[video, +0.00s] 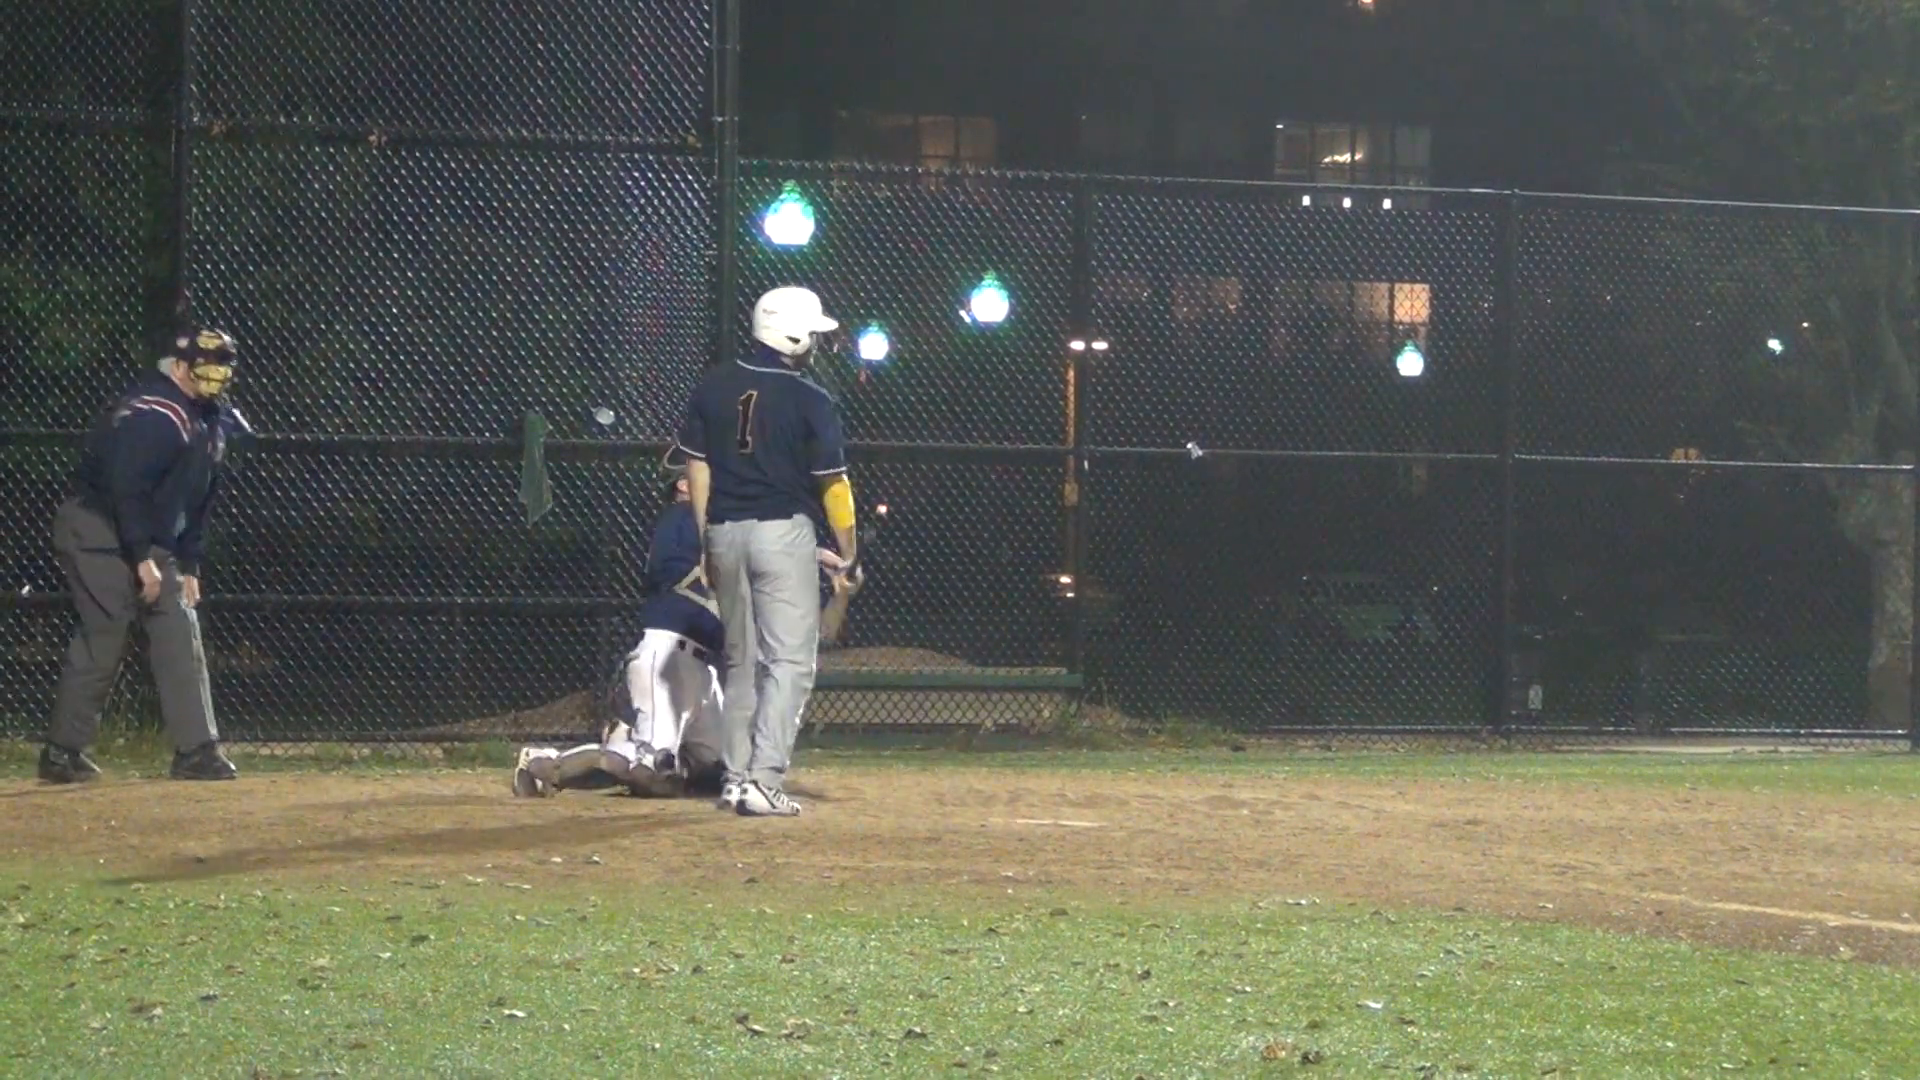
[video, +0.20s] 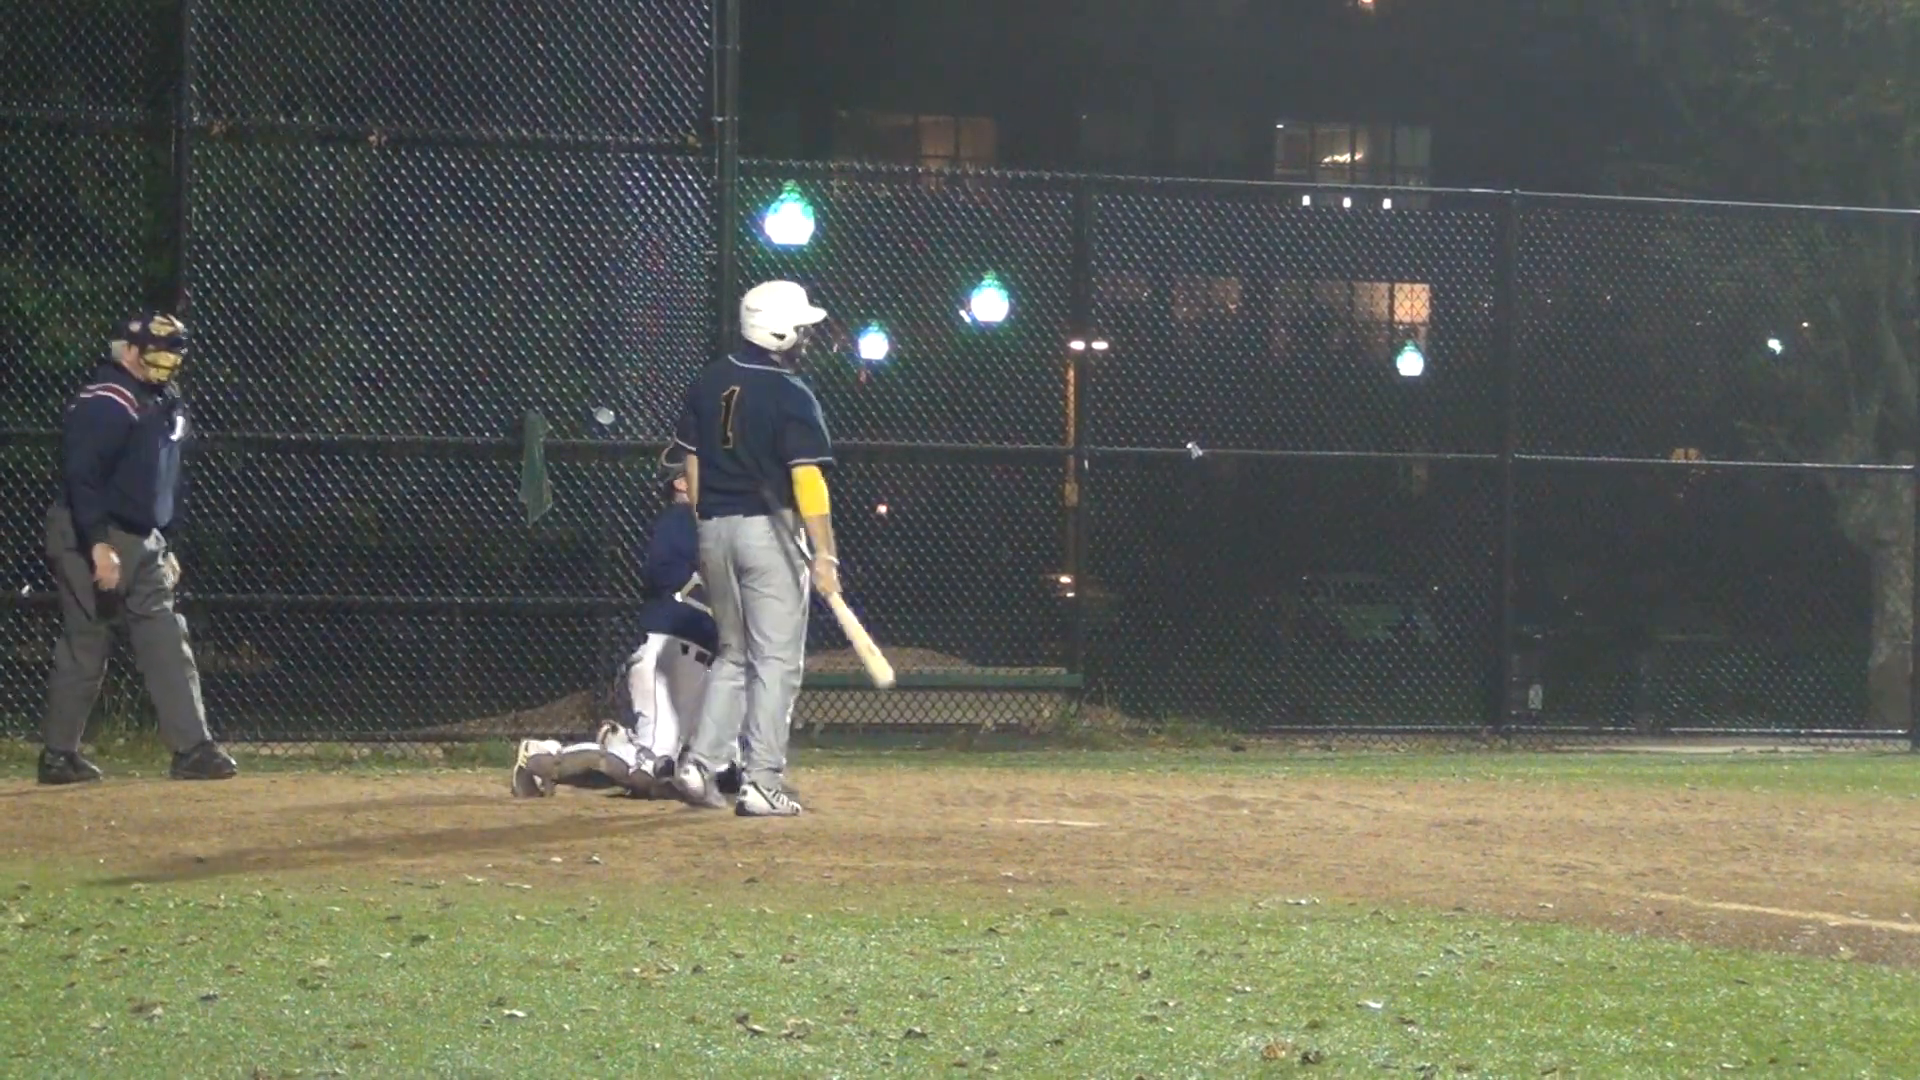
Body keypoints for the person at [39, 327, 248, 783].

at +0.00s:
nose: (217, 377)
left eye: (222, 369)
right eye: (207, 368)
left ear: (227, 372)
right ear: (181, 366)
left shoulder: (210, 422)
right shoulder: (154, 415)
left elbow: (200, 503)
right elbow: (125, 488)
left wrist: (188, 565)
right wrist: (141, 555)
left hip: (147, 530)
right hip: (92, 523)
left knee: (177, 620)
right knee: (107, 627)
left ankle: (196, 748)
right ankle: (62, 749)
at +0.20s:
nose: (164, 363)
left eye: (170, 355)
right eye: (155, 354)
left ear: (177, 357)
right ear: (130, 350)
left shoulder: (160, 402)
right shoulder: (107, 399)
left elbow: (153, 483)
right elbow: (82, 475)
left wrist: (161, 546)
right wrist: (98, 542)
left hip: (139, 536)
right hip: (87, 533)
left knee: (164, 637)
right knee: (86, 643)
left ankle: (192, 747)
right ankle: (59, 754)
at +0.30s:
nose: (148, 358)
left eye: (153, 350)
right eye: (139, 349)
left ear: (157, 351)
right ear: (111, 346)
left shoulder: (141, 394)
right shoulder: (86, 395)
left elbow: (137, 462)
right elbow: (63, 470)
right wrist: (76, 532)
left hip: (132, 534)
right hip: (85, 532)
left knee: (155, 632)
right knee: (78, 642)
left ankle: (186, 744)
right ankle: (58, 753)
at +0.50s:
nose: (119, 351)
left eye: (126, 343)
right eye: (110, 341)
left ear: (134, 347)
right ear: (85, 340)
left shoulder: (127, 389)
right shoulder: (66, 385)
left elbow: (119, 459)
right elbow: (31, 458)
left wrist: (124, 515)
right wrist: (31, 526)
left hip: (119, 528)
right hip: (74, 525)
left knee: (151, 618)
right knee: (65, 633)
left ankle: (133, 740)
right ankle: (57, 753)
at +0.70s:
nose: (111, 352)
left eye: (118, 344)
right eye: (102, 343)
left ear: (123, 347)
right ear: (76, 340)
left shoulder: (119, 391)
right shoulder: (54, 385)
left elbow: (113, 462)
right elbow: (16, 459)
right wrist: (6, 527)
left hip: (109, 527)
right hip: (62, 522)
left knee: (110, 638)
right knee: (60, 636)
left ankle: (79, 745)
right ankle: (54, 751)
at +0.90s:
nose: (106, 348)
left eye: (113, 340)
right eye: (97, 338)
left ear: (119, 343)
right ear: (73, 337)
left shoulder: (117, 391)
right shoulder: (52, 383)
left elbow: (115, 469)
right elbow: (15, 458)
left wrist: (123, 530)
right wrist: (12, 525)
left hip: (102, 526)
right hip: (61, 519)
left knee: (87, 636)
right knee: (58, 631)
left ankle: (70, 746)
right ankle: (51, 752)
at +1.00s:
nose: (106, 348)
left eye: (112, 339)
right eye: (97, 338)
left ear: (119, 343)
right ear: (73, 338)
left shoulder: (114, 389)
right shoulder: (53, 384)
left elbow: (111, 466)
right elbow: (18, 458)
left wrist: (126, 527)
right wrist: (25, 523)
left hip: (100, 525)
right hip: (63, 520)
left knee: (86, 634)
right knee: (58, 632)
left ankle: (70, 745)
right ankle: (51, 752)